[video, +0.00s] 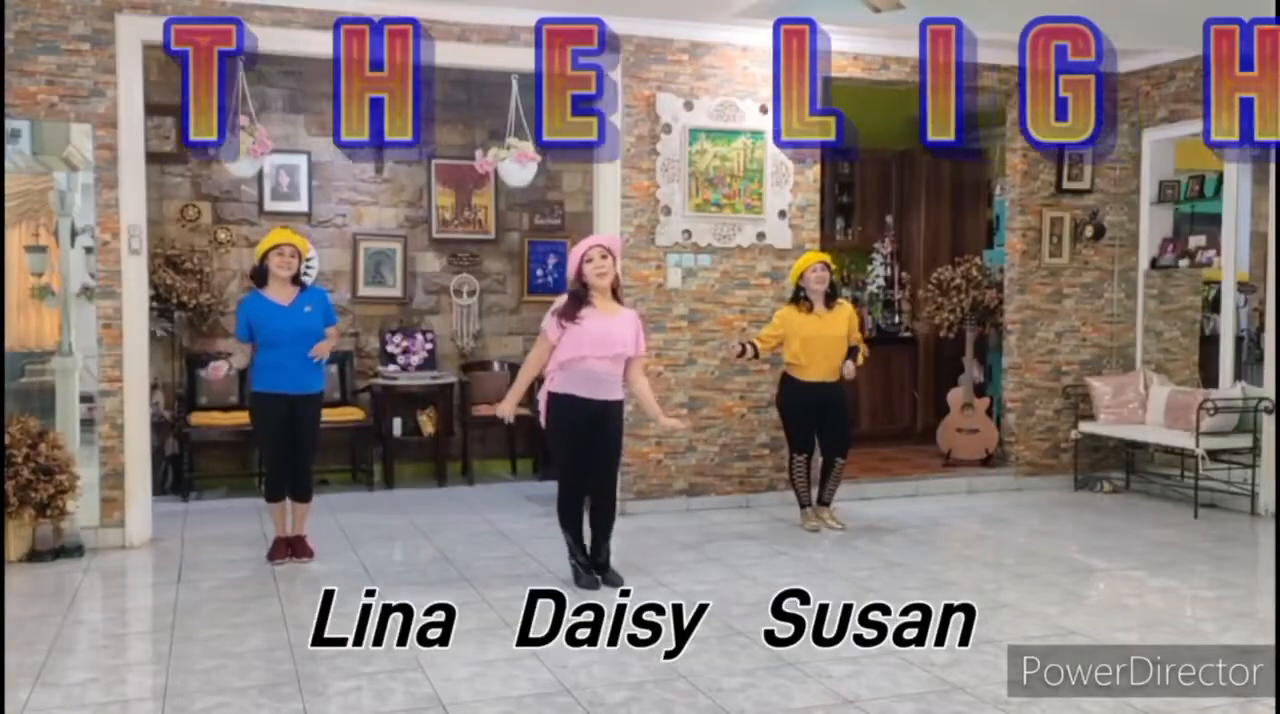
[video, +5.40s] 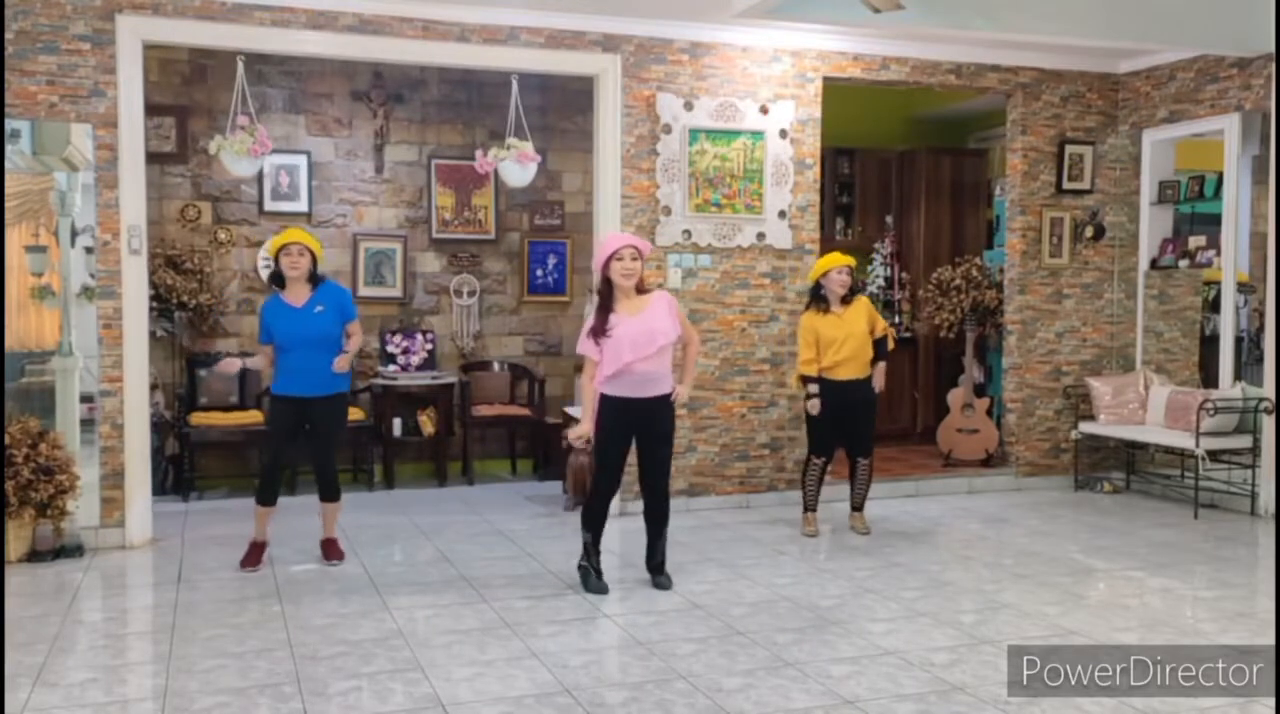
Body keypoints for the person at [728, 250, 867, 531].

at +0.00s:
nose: (820, 275)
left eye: (824, 270)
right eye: (813, 271)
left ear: (830, 276)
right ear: (801, 280)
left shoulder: (844, 310)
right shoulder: (788, 314)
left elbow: (857, 343)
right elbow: (764, 343)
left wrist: (852, 360)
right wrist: (743, 349)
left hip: (831, 389)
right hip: (796, 389)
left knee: (838, 449)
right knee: (801, 449)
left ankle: (824, 507)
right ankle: (806, 510)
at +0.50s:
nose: (828, 275)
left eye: (832, 270)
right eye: (821, 271)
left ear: (838, 277)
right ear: (809, 281)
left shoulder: (851, 310)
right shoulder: (799, 316)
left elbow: (859, 345)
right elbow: (783, 355)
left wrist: (867, 365)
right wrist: (769, 372)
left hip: (837, 389)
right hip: (803, 388)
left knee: (849, 451)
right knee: (805, 449)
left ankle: (851, 509)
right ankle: (807, 509)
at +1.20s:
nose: (855, 275)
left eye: (858, 270)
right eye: (849, 270)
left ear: (862, 277)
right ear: (834, 278)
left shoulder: (871, 314)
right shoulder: (819, 312)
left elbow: (874, 352)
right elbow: (807, 348)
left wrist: (900, 355)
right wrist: (804, 364)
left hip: (860, 387)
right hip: (827, 388)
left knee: (858, 449)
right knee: (832, 451)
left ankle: (852, 509)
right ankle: (831, 509)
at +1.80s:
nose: (842, 274)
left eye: (845, 270)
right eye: (835, 270)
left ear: (850, 277)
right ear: (821, 277)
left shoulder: (857, 315)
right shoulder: (803, 311)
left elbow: (858, 357)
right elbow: (786, 349)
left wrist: (869, 380)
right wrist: (774, 376)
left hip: (842, 390)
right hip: (806, 387)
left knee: (847, 451)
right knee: (805, 452)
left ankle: (850, 509)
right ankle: (804, 511)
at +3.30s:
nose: (856, 278)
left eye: (859, 272)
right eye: (848, 273)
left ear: (864, 277)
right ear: (835, 282)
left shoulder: (875, 311)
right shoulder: (824, 313)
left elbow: (878, 350)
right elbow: (813, 353)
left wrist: (893, 368)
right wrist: (814, 385)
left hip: (863, 389)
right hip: (831, 388)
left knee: (864, 451)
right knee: (826, 452)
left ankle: (857, 511)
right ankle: (812, 510)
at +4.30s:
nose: (842, 277)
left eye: (846, 272)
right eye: (835, 273)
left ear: (852, 278)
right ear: (822, 281)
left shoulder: (861, 313)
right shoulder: (807, 313)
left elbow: (866, 350)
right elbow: (788, 349)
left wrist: (864, 380)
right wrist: (779, 380)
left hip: (844, 390)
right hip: (807, 388)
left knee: (851, 452)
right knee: (807, 452)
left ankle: (854, 510)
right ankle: (807, 513)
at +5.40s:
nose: (845, 278)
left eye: (848, 273)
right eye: (838, 273)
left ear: (852, 279)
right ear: (822, 280)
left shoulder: (862, 305)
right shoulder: (811, 317)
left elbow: (881, 332)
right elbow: (807, 358)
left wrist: (880, 365)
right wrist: (812, 392)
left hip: (861, 387)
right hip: (826, 388)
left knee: (862, 452)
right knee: (820, 453)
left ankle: (857, 511)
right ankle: (810, 512)